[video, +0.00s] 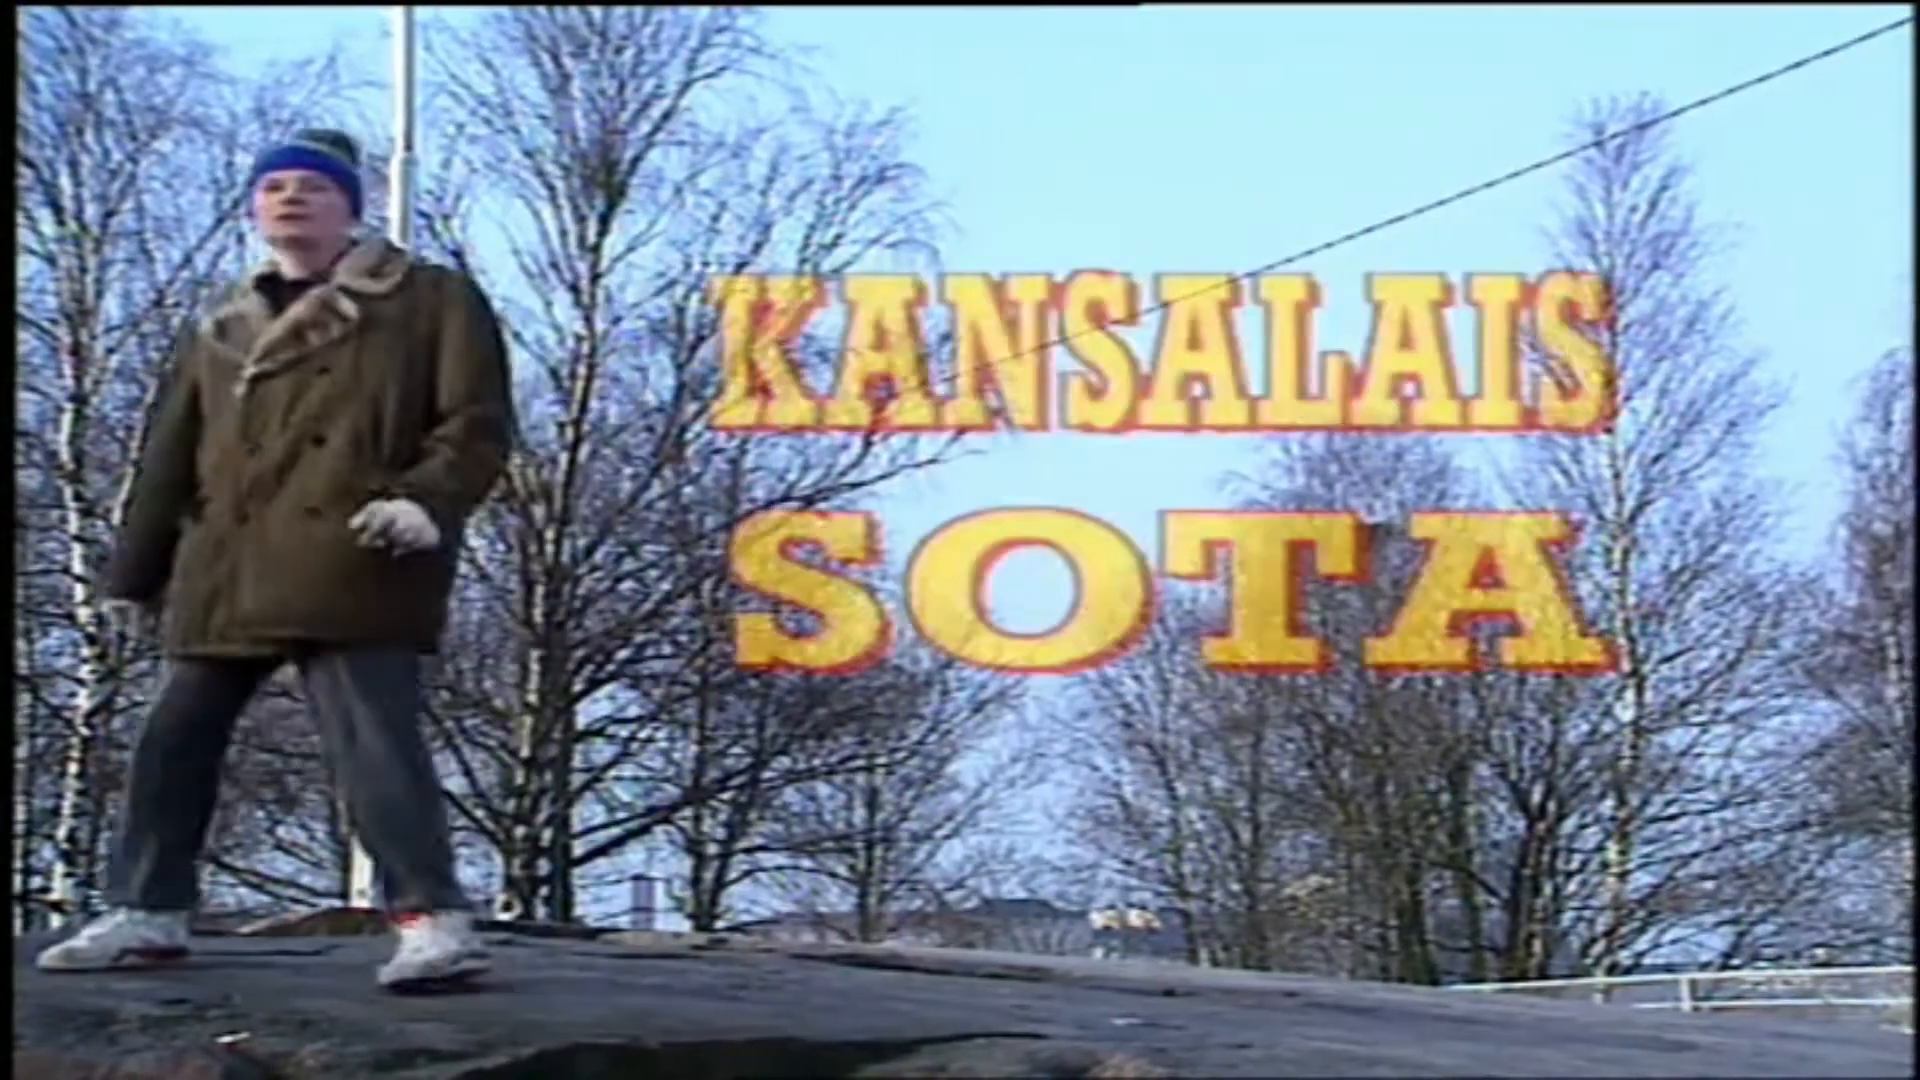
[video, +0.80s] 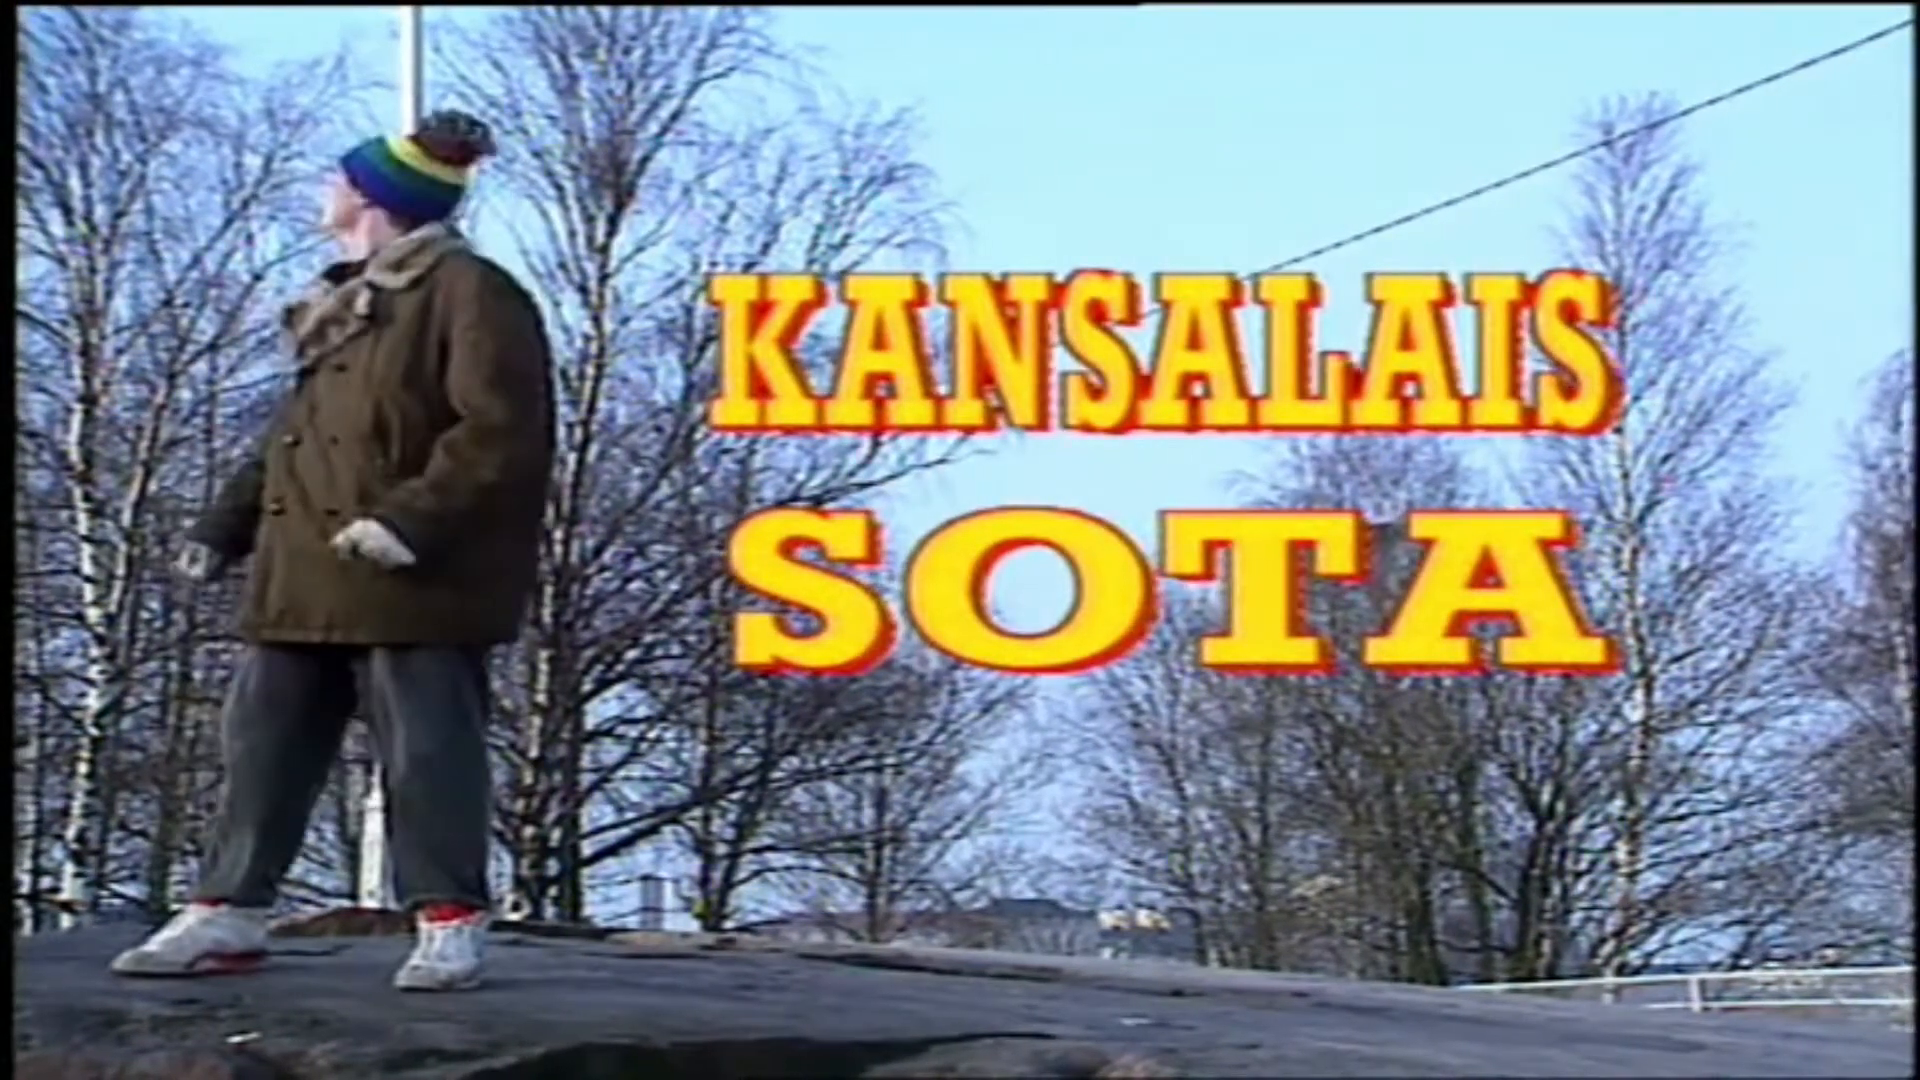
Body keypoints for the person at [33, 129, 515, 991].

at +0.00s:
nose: (286, 205)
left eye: (308, 193)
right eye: (272, 193)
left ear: (351, 210)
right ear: (253, 212)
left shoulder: (432, 300)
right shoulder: (221, 331)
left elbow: (478, 424)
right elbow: (167, 464)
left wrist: (429, 498)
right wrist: (130, 573)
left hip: (356, 565)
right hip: (231, 570)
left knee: (373, 741)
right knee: (175, 732)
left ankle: (432, 918)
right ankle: (149, 913)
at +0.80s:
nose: (326, 208)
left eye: (337, 194)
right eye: (331, 193)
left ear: (375, 204)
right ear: (385, 206)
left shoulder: (473, 291)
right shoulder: (342, 307)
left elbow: (503, 436)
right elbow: (299, 438)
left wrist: (407, 521)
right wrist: (231, 517)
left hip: (419, 573)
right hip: (307, 568)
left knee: (428, 746)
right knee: (267, 733)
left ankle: (451, 919)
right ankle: (231, 910)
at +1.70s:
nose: (337, 182)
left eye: (361, 173)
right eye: (326, 172)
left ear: (404, 203)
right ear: (308, 199)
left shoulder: (468, 296)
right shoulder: (256, 309)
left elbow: (494, 409)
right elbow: (193, 423)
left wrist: (415, 462)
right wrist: (122, 486)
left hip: (404, 573)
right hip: (270, 574)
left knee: (428, 750)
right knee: (242, 742)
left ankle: (461, 918)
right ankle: (237, 913)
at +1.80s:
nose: (328, 183)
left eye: (352, 174)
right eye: (316, 174)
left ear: (394, 202)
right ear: (296, 202)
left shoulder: (459, 292)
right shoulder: (239, 310)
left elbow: (506, 377)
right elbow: (163, 397)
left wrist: (424, 407)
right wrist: (96, 436)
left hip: (408, 576)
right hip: (270, 577)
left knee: (428, 747)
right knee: (240, 735)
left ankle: (457, 915)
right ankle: (235, 914)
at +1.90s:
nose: (328, 184)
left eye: (351, 175)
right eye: (316, 175)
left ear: (392, 202)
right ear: (294, 202)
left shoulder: (446, 281)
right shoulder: (243, 301)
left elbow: (508, 352)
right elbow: (160, 362)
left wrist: (422, 322)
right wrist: (99, 348)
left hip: (407, 555)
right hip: (267, 559)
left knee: (419, 740)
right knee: (240, 729)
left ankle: (443, 916)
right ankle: (237, 914)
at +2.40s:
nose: (361, 179)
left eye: (384, 173)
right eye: (347, 172)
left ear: (425, 204)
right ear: (327, 203)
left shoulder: (472, 274)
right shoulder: (276, 283)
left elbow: (515, 338)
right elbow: (201, 382)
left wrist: (396, 285)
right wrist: (201, 361)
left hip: (425, 544)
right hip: (285, 546)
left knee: (434, 738)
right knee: (266, 730)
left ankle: (450, 917)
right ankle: (268, 912)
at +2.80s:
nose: (309, 175)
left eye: (333, 165)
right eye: (297, 168)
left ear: (385, 195)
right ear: (279, 199)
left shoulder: (446, 273)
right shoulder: (236, 284)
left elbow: (447, 372)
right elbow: (141, 359)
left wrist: (336, 383)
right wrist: (116, 306)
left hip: (396, 558)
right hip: (255, 560)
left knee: (412, 742)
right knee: (257, 744)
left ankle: (440, 914)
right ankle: (274, 917)